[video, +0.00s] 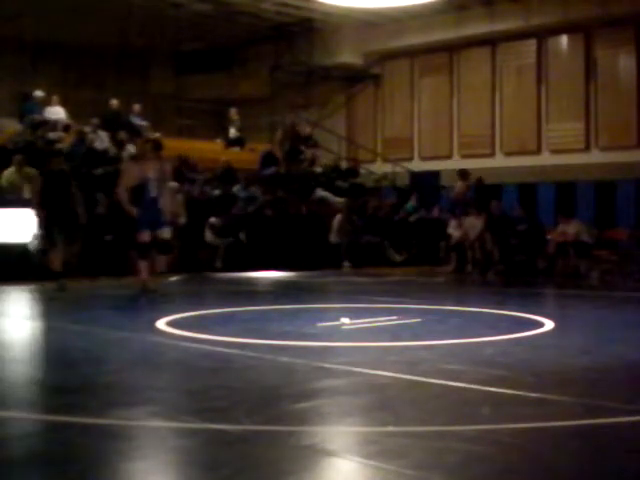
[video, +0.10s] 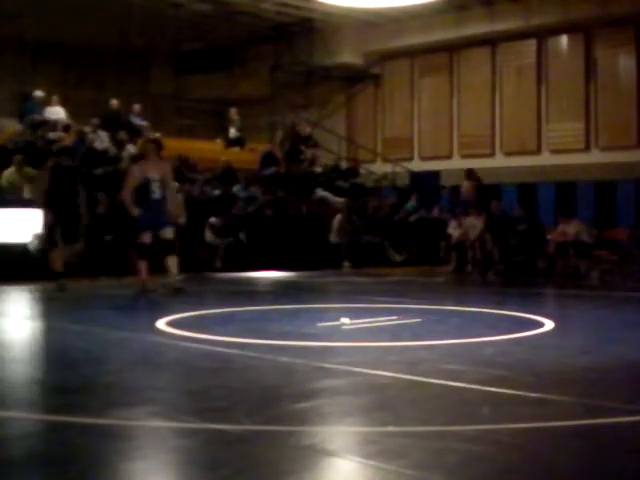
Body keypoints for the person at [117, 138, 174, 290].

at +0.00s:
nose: (150, 155)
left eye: (153, 151)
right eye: (147, 150)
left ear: (158, 151)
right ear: (142, 150)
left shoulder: (164, 166)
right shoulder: (134, 167)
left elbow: (170, 188)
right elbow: (122, 189)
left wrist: (172, 207)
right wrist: (130, 208)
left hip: (161, 210)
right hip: (142, 211)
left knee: (162, 244)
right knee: (143, 245)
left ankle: (161, 275)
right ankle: (144, 278)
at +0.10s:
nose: (150, 154)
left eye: (153, 150)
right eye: (148, 150)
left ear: (158, 151)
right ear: (144, 151)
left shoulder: (165, 167)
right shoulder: (137, 169)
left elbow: (171, 190)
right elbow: (127, 192)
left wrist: (175, 209)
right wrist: (133, 209)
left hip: (163, 211)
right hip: (145, 212)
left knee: (169, 244)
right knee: (144, 246)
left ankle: (174, 277)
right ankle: (144, 279)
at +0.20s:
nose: (152, 156)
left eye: (154, 152)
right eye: (149, 152)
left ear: (160, 152)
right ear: (145, 154)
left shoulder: (169, 168)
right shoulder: (141, 171)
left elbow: (179, 189)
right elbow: (132, 192)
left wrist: (182, 210)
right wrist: (138, 208)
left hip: (167, 211)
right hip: (149, 213)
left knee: (172, 244)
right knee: (148, 246)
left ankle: (178, 276)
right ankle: (144, 277)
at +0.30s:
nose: (157, 156)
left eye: (159, 152)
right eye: (153, 153)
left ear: (166, 152)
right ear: (150, 154)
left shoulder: (175, 170)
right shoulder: (148, 172)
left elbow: (188, 189)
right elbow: (138, 194)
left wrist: (198, 208)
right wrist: (144, 209)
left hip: (175, 213)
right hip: (156, 213)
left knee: (177, 247)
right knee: (153, 248)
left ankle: (181, 282)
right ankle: (147, 281)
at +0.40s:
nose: (165, 155)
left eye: (168, 151)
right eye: (162, 152)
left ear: (172, 152)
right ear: (157, 153)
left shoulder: (179, 169)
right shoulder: (152, 171)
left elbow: (193, 187)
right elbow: (142, 194)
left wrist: (206, 204)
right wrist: (147, 210)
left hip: (179, 211)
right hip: (161, 212)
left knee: (182, 244)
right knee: (162, 245)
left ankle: (182, 282)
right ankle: (154, 275)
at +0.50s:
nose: (168, 153)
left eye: (171, 149)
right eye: (165, 150)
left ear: (176, 150)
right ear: (160, 151)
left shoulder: (184, 167)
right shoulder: (155, 170)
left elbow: (198, 185)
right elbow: (145, 191)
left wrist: (211, 202)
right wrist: (147, 211)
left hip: (183, 210)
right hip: (164, 211)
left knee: (184, 246)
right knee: (168, 247)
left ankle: (182, 282)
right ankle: (167, 278)